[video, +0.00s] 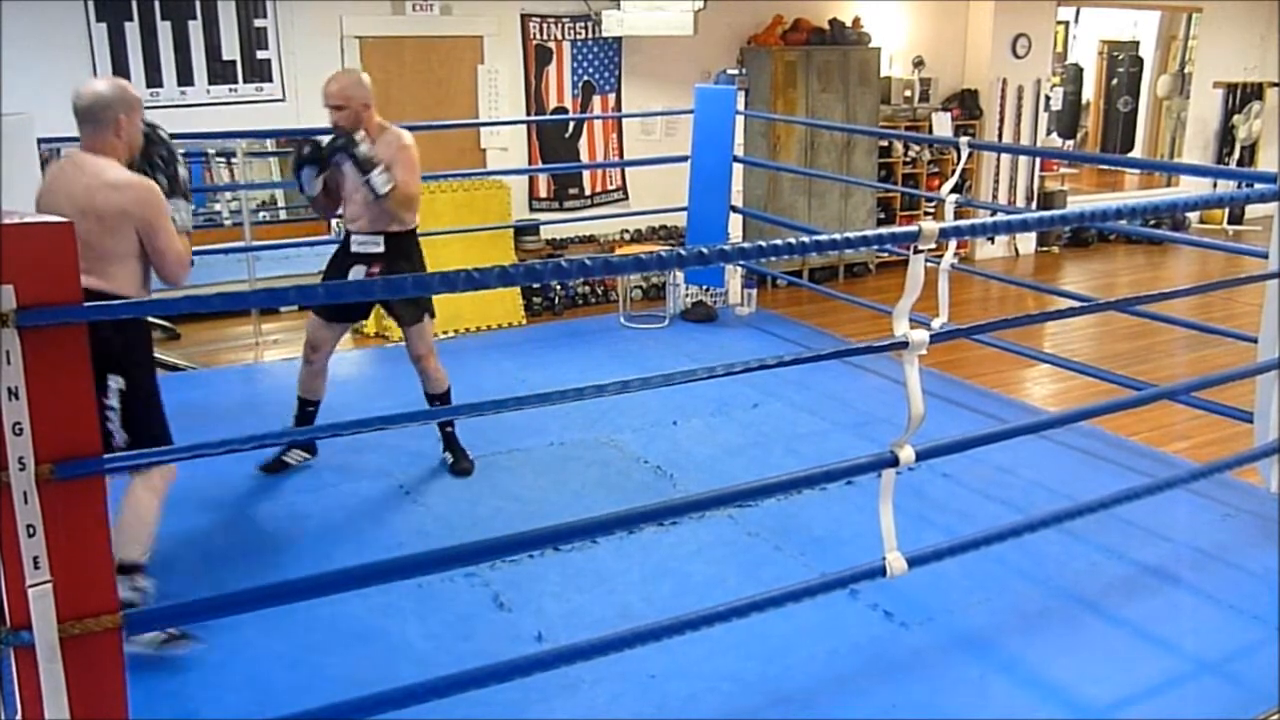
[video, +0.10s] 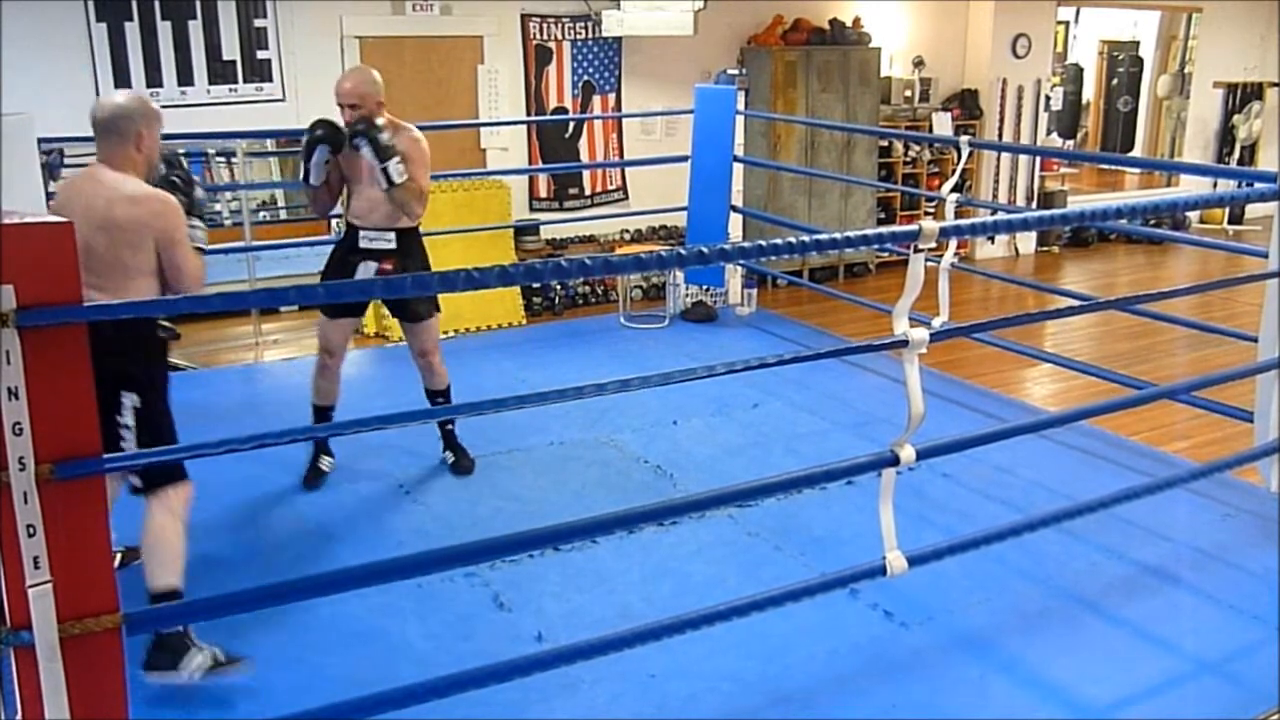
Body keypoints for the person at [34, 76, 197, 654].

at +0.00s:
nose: (142, 129)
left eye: (139, 119)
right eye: (139, 120)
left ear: (85, 123)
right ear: (124, 124)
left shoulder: (53, 177)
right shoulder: (138, 191)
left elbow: (46, 243)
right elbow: (176, 270)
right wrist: (170, 230)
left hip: (55, 324)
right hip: (115, 324)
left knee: (73, 458)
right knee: (154, 459)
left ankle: (64, 574)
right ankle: (127, 571)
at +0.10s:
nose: (162, 147)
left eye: (160, 137)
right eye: (159, 137)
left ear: (102, 138)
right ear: (141, 139)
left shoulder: (63, 193)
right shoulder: (158, 205)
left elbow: (58, 265)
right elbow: (188, 281)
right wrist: (174, 227)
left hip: (73, 345)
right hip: (131, 345)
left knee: (99, 466)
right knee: (169, 486)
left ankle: (92, 559)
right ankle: (170, 638)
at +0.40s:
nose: (221, 159)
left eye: (218, 150)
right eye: (218, 151)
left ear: (163, 155)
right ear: (204, 157)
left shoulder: (136, 207)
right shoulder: (209, 226)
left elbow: (157, 277)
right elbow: (252, 316)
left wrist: (217, 215)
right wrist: (248, 249)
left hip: (134, 365)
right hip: (195, 376)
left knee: (190, 451)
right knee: (216, 526)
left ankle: (184, 537)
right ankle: (170, 676)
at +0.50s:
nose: (250, 160)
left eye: (247, 150)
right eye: (246, 152)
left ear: (193, 154)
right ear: (227, 157)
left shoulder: (169, 200)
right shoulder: (227, 224)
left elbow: (172, 282)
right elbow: (273, 312)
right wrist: (269, 257)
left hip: (155, 360)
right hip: (201, 373)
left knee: (228, 443)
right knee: (238, 522)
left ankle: (247, 528)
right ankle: (177, 659)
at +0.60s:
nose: (279, 183)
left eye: (277, 175)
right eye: (273, 174)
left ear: (223, 179)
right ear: (252, 185)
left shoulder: (204, 215)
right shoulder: (238, 247)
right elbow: (289, 328)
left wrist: (339, 157)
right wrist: (302, 262)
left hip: (192, 374)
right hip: (208, 389)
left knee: (266, 446)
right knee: (286, 510)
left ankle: (262, 526)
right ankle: (214, 645)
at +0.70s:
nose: (318, 201)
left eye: (313, 192)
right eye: (308, 195)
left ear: (268, 207)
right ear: (278, 211)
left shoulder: (240, 234)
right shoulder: (251, 268)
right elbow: (286, 364)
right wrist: (316, 302)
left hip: (231, 388)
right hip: (212, 404)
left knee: (296, 454)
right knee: (302, 513)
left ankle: (253, 531)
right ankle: (273, 665)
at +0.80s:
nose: (327, 216)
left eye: (326, 206)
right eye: (323, 207)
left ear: (277, 208)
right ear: (301, 216)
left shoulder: (253, 240)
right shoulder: (267, 275)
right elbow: (293, 378)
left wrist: (325, 278)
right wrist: (329, 322)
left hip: (233, 398)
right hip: (236, 418)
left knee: (285, 457)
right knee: (314, 537)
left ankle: (257, 526)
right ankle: (296, 686)